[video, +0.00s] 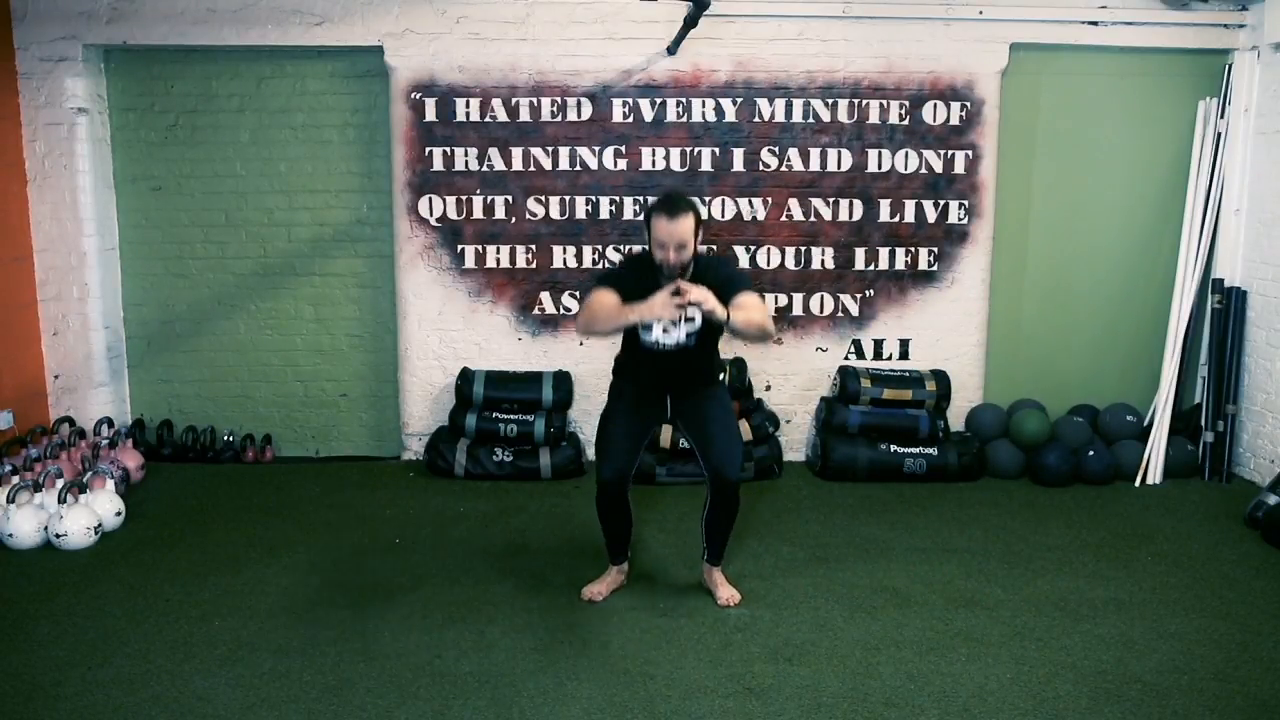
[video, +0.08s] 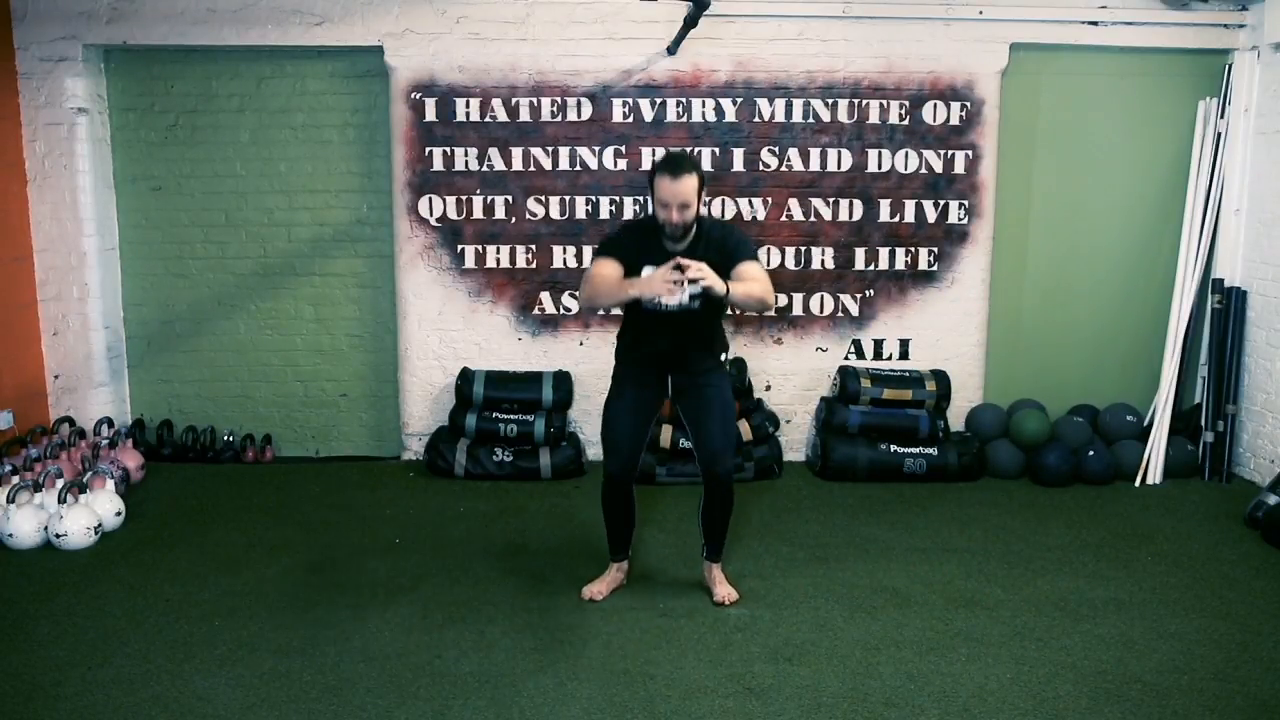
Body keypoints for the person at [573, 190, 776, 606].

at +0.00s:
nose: (670, 256)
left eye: (680, 247)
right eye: (661, 246)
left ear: (696, 238)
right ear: (649, 239)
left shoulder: (717, 273)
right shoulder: (633, 271)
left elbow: (763, 326)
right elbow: (587, 320)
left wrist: (722, 313)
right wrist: (645, 310)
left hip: (699, 388)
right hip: (637, 388)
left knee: (727, 473)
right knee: (610, 476)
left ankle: (713, 568)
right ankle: (618, 565)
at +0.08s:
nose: (674, 216)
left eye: (683, 206)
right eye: (665, 206)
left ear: (699, 199)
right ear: (652, 199)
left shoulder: (722, 239)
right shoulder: (631, 236)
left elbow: (765, 295)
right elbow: (591, 290)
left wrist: (724, 287)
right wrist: (641, 285)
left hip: (702, 367)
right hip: (638, 366)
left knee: (720, 466)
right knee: (618, 464)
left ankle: (714, 563)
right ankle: (618, 563)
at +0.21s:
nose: (679, 179)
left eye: (689, 169)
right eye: (670, 168)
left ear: (706, 162)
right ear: (657, 161)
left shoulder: (728, 206)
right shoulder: (638, 201)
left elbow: (768, 268)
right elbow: (593, 265)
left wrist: (721, 264)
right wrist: (640, 262)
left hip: (704, 356)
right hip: (640, 353)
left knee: (713, 458)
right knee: (625, 457)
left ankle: (714, 562)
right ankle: (616, 559)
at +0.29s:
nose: (681, 172)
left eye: (692, 161)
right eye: (672, 160)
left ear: (710, 154)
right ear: (658, 153)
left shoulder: (731, 203)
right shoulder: (637, 196)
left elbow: (768, 261)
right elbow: (594, 256)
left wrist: (719, 257)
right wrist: (636, 253)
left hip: (703, 353)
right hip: (639, 350)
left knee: (712, 458)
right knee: (618, 453)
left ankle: (715, 563)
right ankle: (600, 556)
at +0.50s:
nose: (673, 171)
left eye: (684, 162)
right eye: (665, 160)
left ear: (703, 158)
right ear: (654, 154)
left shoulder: (720, 208)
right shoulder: (631, 195)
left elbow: (752, 268)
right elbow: (581, 252)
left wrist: (704, 260)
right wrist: (622, 250)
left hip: (682, 357)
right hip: (615, 347)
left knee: (697, 462)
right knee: (559, 438)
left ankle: (713, 562)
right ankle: (502, 529)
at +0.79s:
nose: (612, 204)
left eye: (624, 195)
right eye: (605, 192)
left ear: (643, 189)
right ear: (594, 180)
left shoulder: (657, 237)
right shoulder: (566, 224)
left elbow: (687, 299)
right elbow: (519, 274)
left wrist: (642, 287)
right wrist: (561, 276)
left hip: (616, 378)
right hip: (545, 369)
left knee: (655, 466)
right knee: (477, 452)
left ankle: (708, 564)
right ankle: (407, 544)